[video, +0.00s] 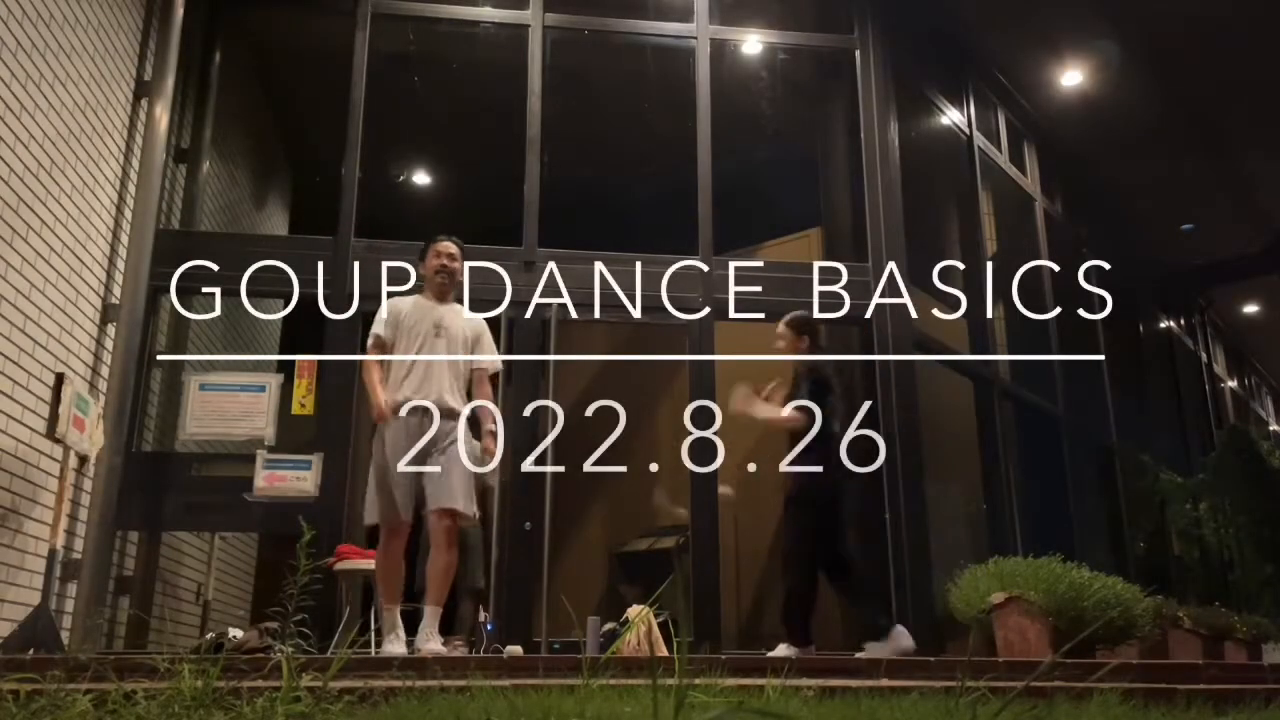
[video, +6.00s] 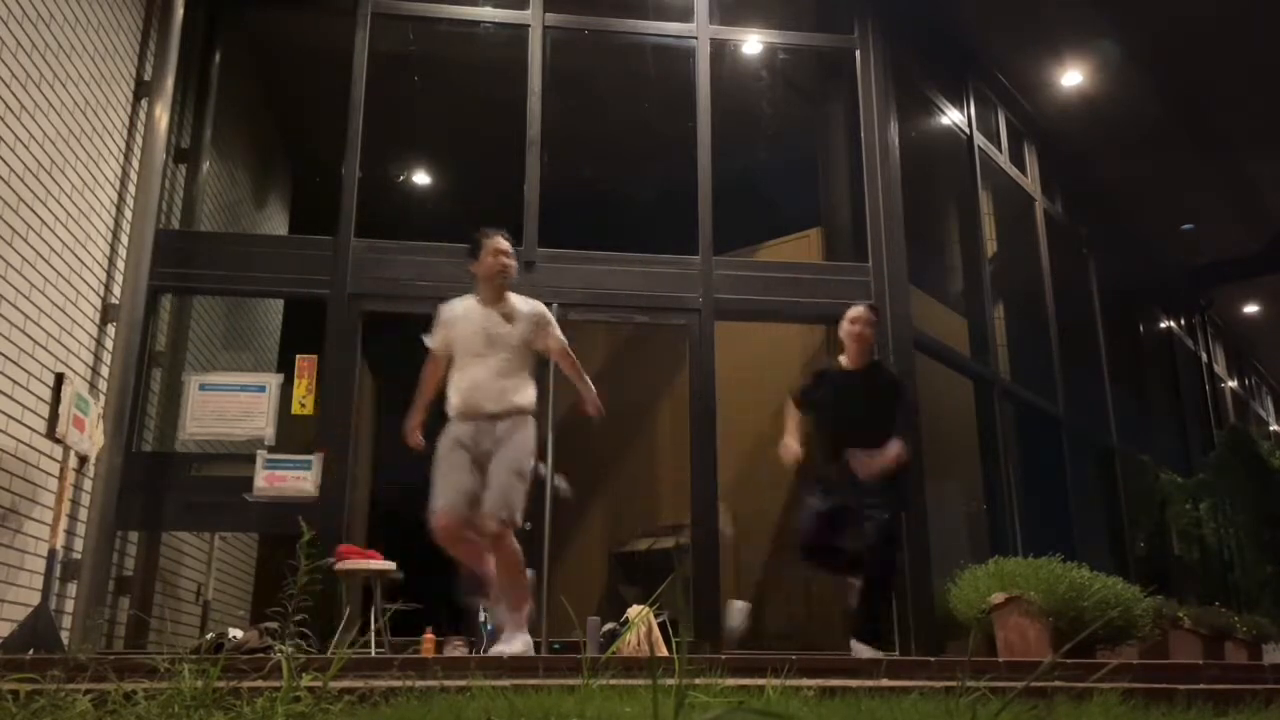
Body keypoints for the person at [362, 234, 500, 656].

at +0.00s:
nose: (446, 263)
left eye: (453, 259)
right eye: (439, 257)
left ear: (462, 271)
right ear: (422, 266)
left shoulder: (474, 323)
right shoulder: (396, 308)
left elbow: (482, 383)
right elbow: (372, 357)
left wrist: (488, 427)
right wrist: (379, 397)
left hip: (452, 429)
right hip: (399, 424)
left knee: (446, 525)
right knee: (395, 526)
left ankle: (430, 631)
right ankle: (392, 631)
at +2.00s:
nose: (459, 288)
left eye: (464, 283)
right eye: (452, 281)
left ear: (471, 293)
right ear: (434, 291)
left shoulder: (487, 344)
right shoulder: (412, 336)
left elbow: (495, 406)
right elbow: (392, 393)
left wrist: (499, 457)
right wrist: (378, 447)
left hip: (473, 445)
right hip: (421, 443)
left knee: (469, 541)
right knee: (405, 534)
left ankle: (449, 635)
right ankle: (389, 623)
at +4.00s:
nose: (450, 249)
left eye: (454, 243)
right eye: (441, 240)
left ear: (456, 249)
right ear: (417, 242)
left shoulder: (458, 297)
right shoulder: (382, 286)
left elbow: (498, 298)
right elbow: (340, 280)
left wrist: (484, 250)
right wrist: (367, 233)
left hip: (436, 406)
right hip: (378, 404)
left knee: (446, 511)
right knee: (347, 510)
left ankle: (442, 623)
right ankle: (321, 620)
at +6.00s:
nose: (505, 260)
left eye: (510, 254)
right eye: (495, 253)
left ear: (516, 266)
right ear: (475, 265)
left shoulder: (532, 313)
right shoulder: (452, 313)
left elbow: (563, 355)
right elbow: (435, 366)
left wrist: (587, 390)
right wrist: (416, 416)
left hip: (514, 425)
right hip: (462, 426)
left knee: (495, 526)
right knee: (446, 523)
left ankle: (516, 632)